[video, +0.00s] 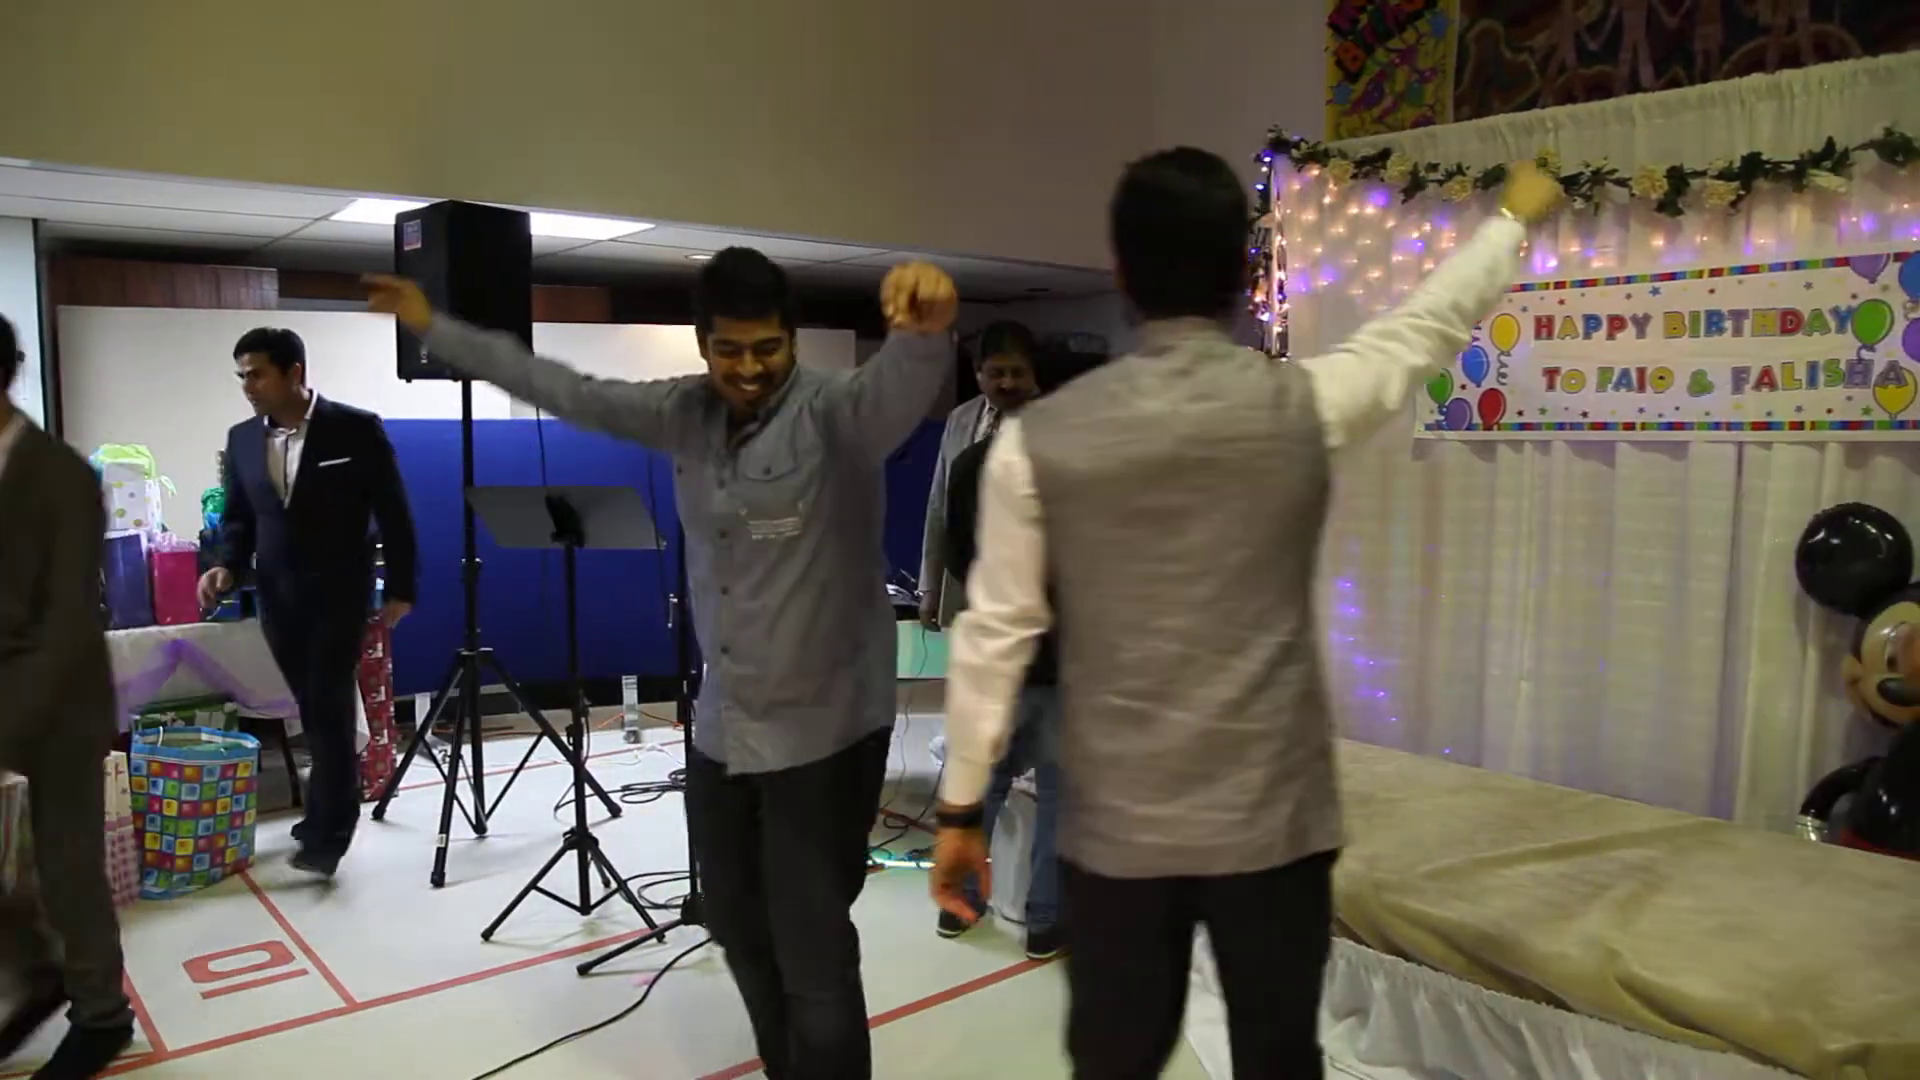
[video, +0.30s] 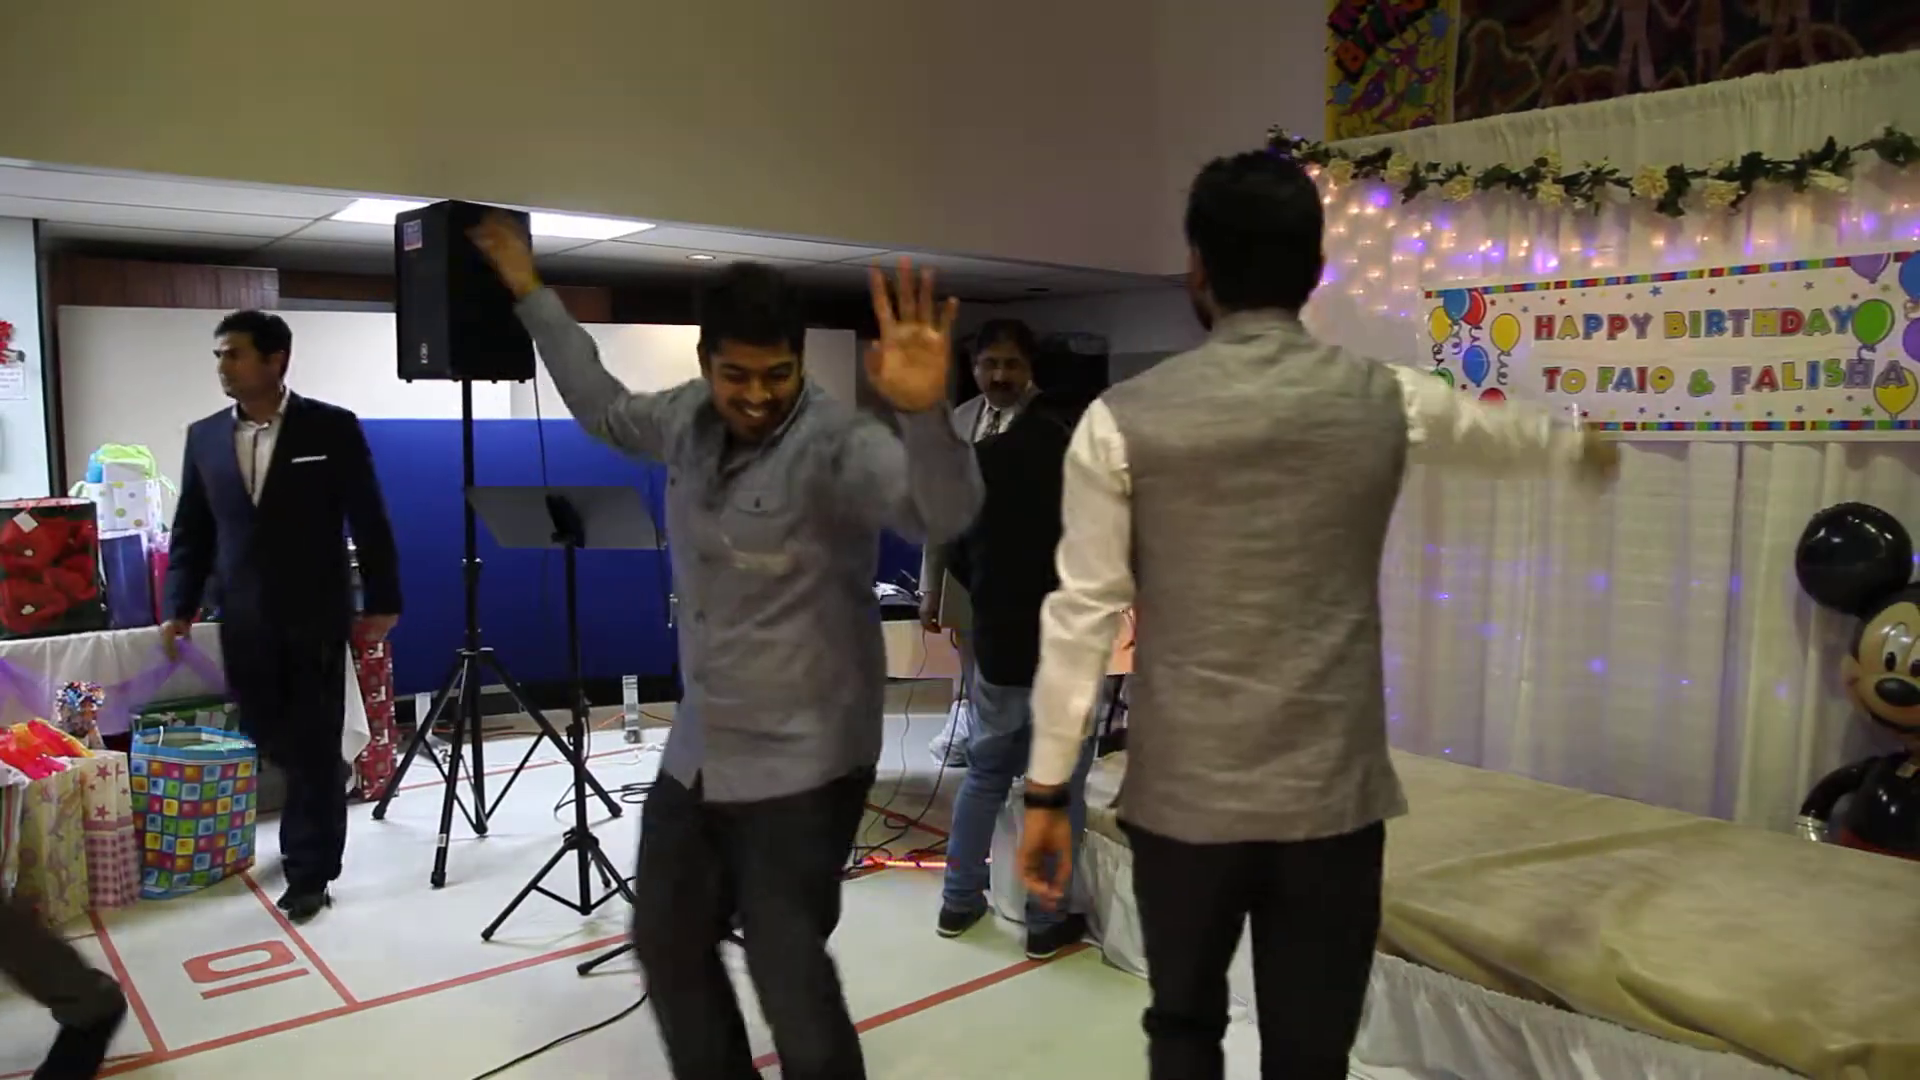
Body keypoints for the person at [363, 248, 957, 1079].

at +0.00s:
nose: (749, 368)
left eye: (767, 348)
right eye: (729, 350)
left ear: (793, 336)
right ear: (701, 343)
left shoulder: (841, 410)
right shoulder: (684, 416)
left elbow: (902, 384)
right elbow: (565, 389)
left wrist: (926, 322)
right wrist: (432, 323)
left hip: (827, 726)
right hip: (723, 724)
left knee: (810, 932)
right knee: (738, 924)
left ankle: (835, 1073)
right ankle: (790, 1070)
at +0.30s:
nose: (757, 395)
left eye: (776, 376)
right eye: (736, 376)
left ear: (801, 362)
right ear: (705, 362)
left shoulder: (842, 440)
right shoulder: (684, 419)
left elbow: (944, 517)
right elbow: (603, 408)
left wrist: (924, 414)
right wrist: (527, 288)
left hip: (810, 747)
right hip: (706, 739)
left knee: (783, 952)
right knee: (667, 941)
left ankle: (826, 1071)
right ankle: (723, 1075)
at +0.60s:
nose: (720, 396)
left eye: (741, 379)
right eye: (701, 375)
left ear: (764, 365)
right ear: (663, 353)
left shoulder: (789, 442)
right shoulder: (622, 386)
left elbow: (875, 437)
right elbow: (526, 283)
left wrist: (954, 431)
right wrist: (426, 180)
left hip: (732, 768)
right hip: (607, 758)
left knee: (741, 965)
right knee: (587, 986)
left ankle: (813, 1073)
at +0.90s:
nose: (669, 410)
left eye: (689, 389)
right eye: (651, 384)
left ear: (706, 380)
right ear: (600, 361)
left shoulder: (719, 487)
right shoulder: (516, 417)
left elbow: (773, 661)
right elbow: (348, 411)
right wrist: (205, 313)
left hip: (654, 772)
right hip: (514, 773)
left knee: (667, 1003)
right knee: (522, 1032)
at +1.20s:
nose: (626, 414)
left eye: (638, 393)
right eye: (605, 393)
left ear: (649, 386)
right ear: (537, 381)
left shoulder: (683, 493)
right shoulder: (450, 457)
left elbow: (780, 609)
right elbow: (271, 435)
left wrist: (837, 690)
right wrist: (197, 283)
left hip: (646, 813)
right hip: (492, 825)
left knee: (702, 1045)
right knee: (509, 1063)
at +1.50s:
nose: (585, 341)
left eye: (594, 319)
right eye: (559, 320)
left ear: (603, 324)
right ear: (485, 332)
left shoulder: (645, 415)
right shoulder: (410, 421)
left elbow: (794, 483)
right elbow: (229, 393)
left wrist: (939, 557)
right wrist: (59, 309)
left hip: (630, 775)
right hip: (484, 796)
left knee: (679, 977)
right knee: (539, 1048)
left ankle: (605, 1073)